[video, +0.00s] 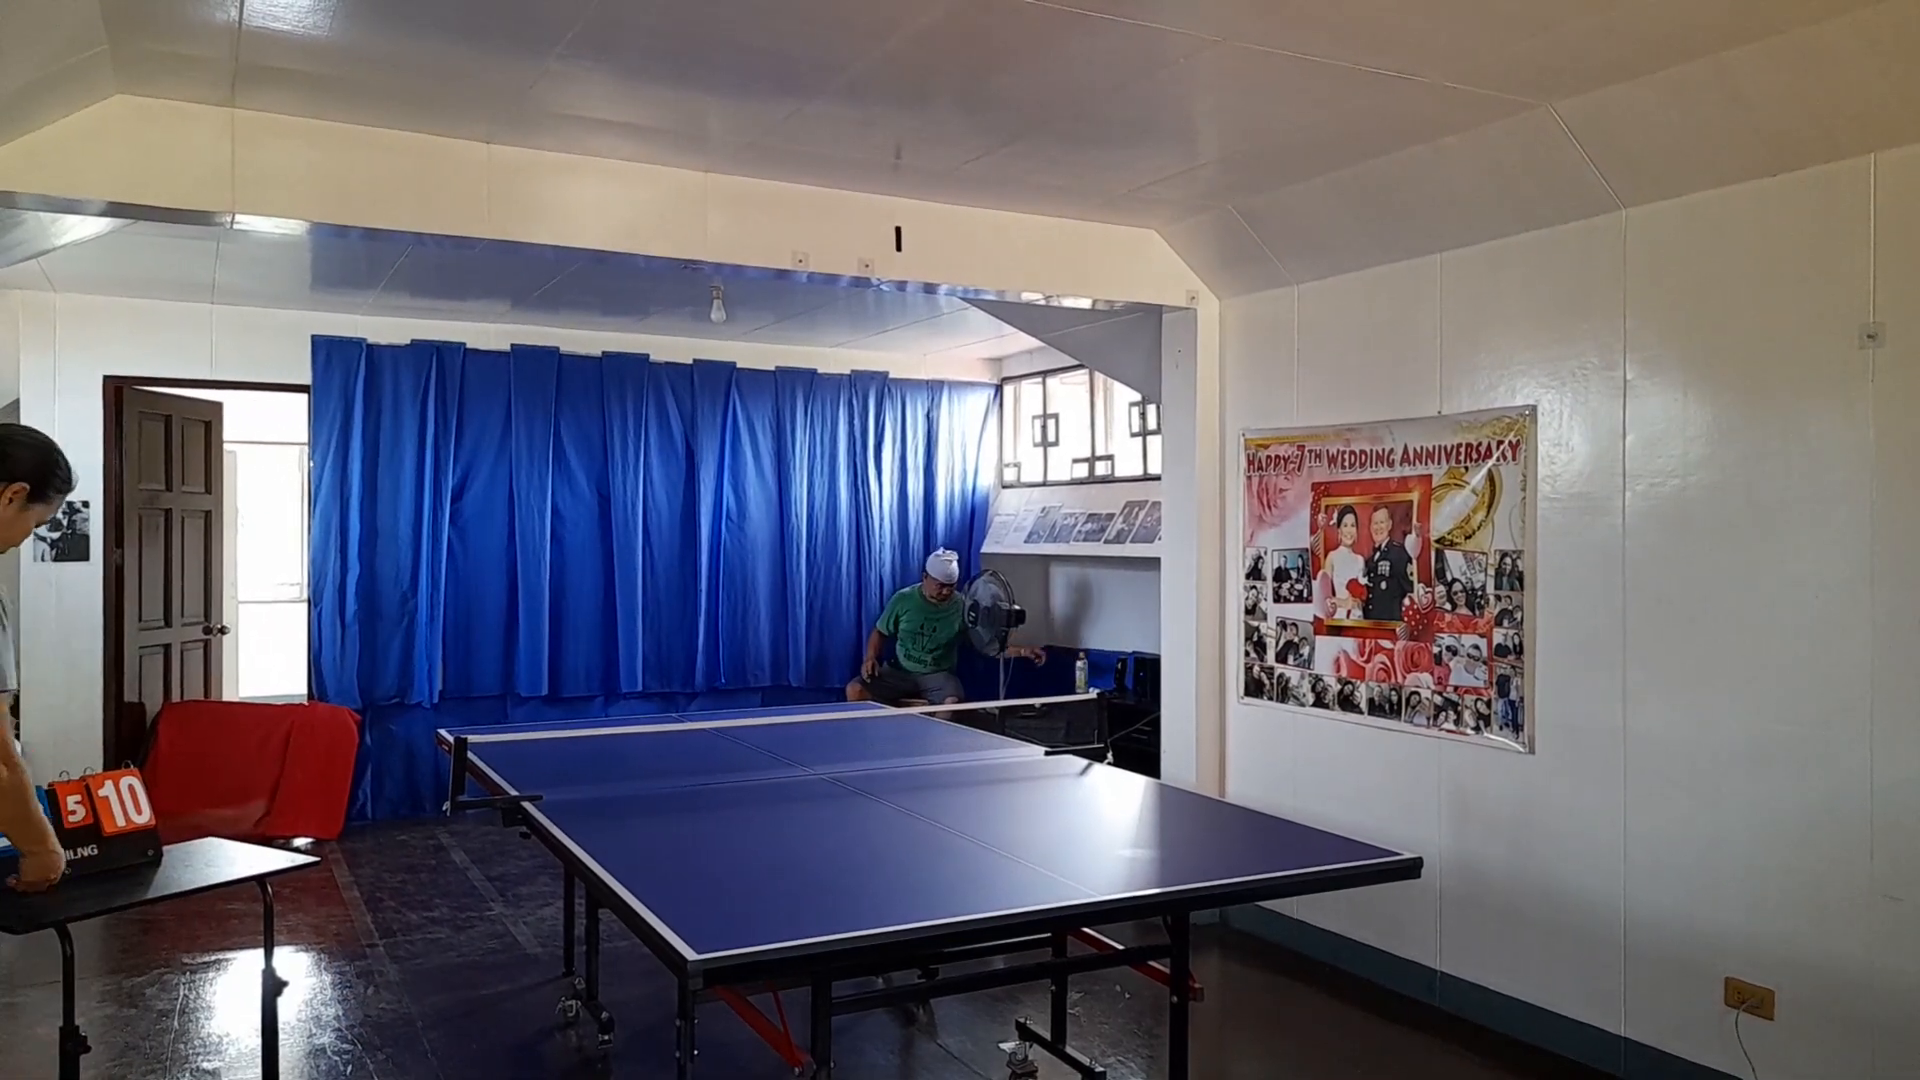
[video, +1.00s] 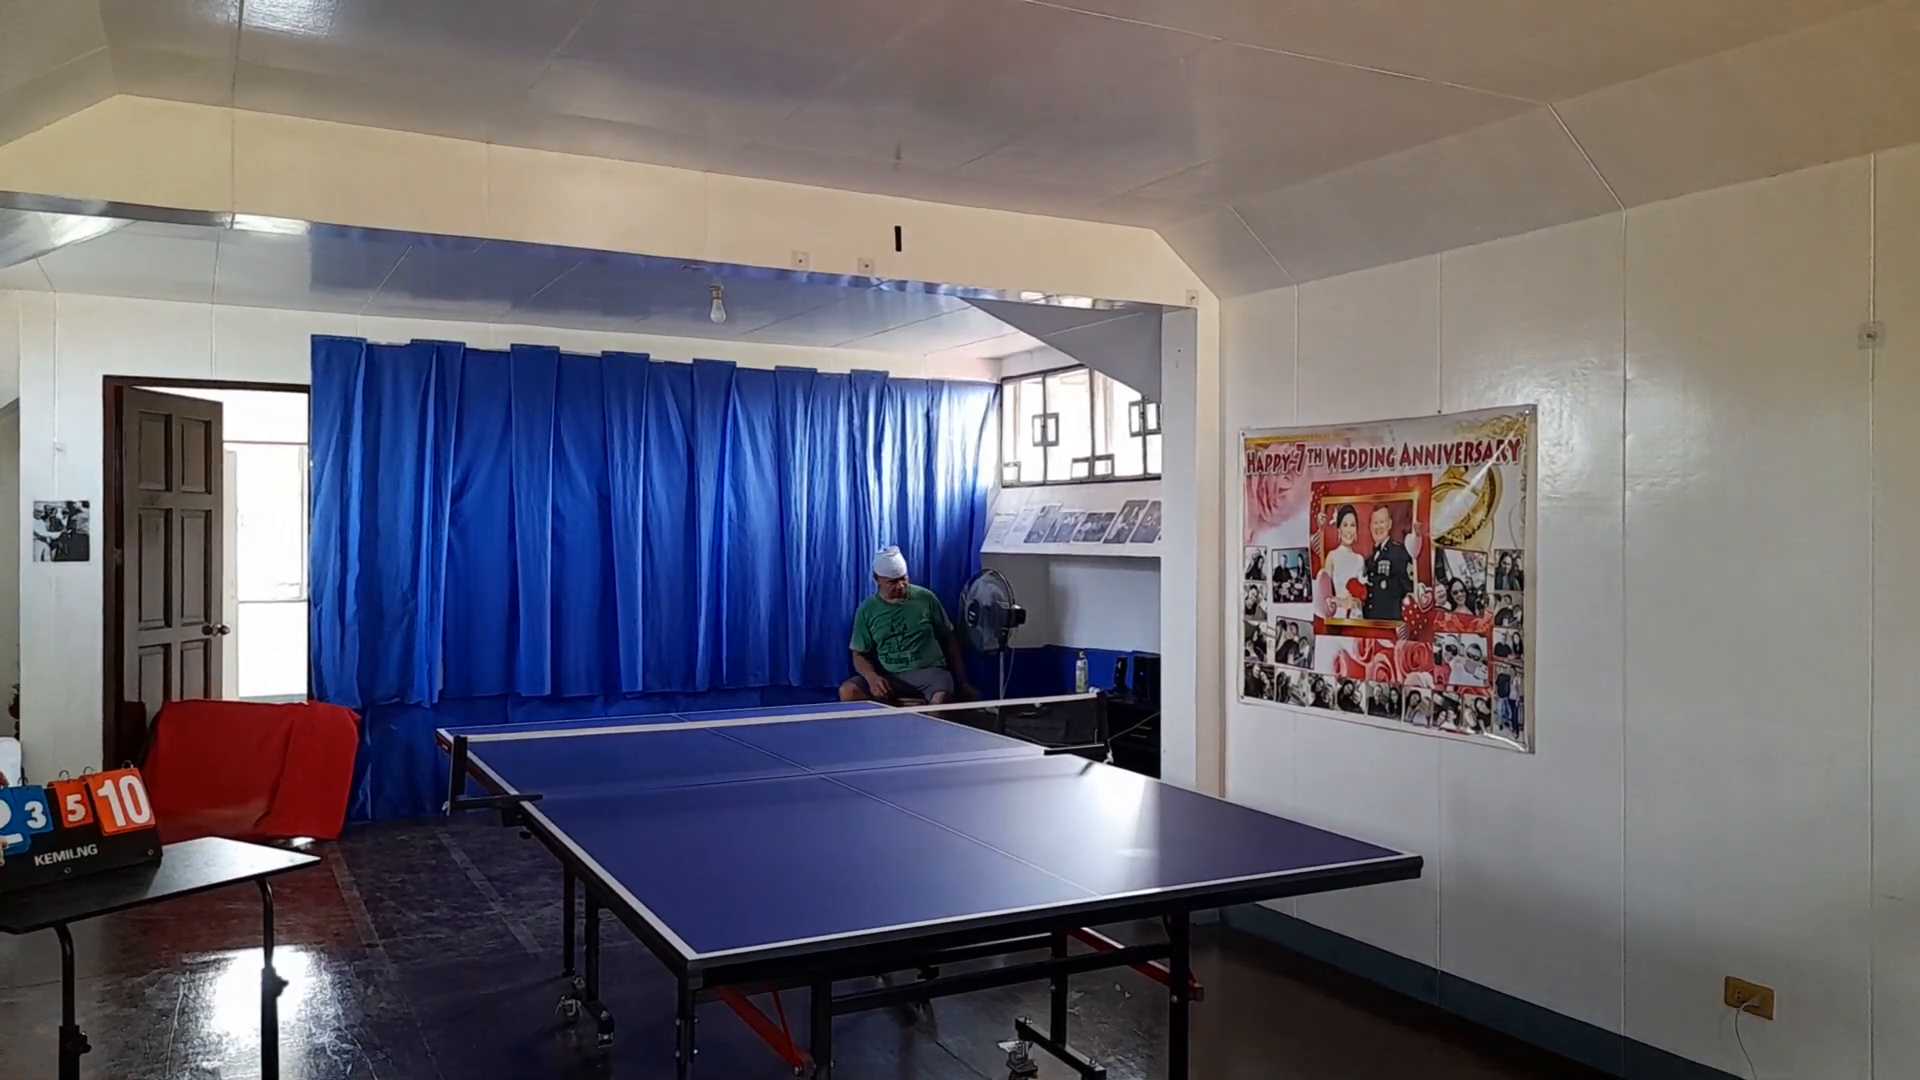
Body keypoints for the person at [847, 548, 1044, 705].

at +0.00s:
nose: (945, 592)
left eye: (950, 587)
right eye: (940, 585)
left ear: (956, 583)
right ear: (925, 578)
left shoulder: (963, 607)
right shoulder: (904, 599)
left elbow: (986, 645)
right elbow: (880, 632)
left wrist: (1022, 651)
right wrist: (870, 657)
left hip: (938, 676)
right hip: (901, 672)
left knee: (951, 703)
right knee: (854, 690)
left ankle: (933, 752)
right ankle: (871, 746)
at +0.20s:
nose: (940, 591)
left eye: (945, 585)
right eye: (934, 585)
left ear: (951, 581)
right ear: (919, 577)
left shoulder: (958, 606)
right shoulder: (898, 599)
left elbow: (982, 648)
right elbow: (874, 632)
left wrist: (1005, 669)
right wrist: (869, 659)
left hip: (936, 676)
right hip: (897, 673)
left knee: (952, 703)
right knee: (852, 690)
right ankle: (874, 741)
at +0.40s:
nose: (933, 589)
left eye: (938, 583)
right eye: (928, 582)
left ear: (943, 579)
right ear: (913, 576)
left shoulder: (952, 603)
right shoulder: (891, 601)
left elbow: (970, 639)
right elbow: (869, 637)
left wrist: (988, 666)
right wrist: (868, 661)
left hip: (936, 675)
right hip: (898, 673)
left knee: (950, 701)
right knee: (852, 691)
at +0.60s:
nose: (921, 586)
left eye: (925, 579)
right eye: (915, 580)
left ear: (930, 575)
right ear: (898, 574)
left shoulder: (942, 599)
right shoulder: (882, 605)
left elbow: (959, 638)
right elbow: (866, 648)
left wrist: (969, 675)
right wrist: (871, 665)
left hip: (934, 673)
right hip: (897, 674)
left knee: (949, 698)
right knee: (852, 689)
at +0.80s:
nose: (910, 583)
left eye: (913, 576)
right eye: (903, 578)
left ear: (918, 573)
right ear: (887, 574)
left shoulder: (931, 597)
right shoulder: (872, 608)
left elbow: (951, 636)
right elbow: (864, 652)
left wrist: (960, 679)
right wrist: (874, 677)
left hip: (930, 671)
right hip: (890, 673)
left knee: (946, 697)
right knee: (849, 690)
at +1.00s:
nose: (900, 586)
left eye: (903, 579)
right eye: (892, 582)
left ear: (907, 574)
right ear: (877, 580)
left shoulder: (926, 598)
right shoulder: (866, 611)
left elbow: (949, 637)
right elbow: (858, 655)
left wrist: (961, 679)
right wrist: (872, 678)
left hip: (928, 671)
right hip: (888, 674)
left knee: (940, 698)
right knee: (848, 690)